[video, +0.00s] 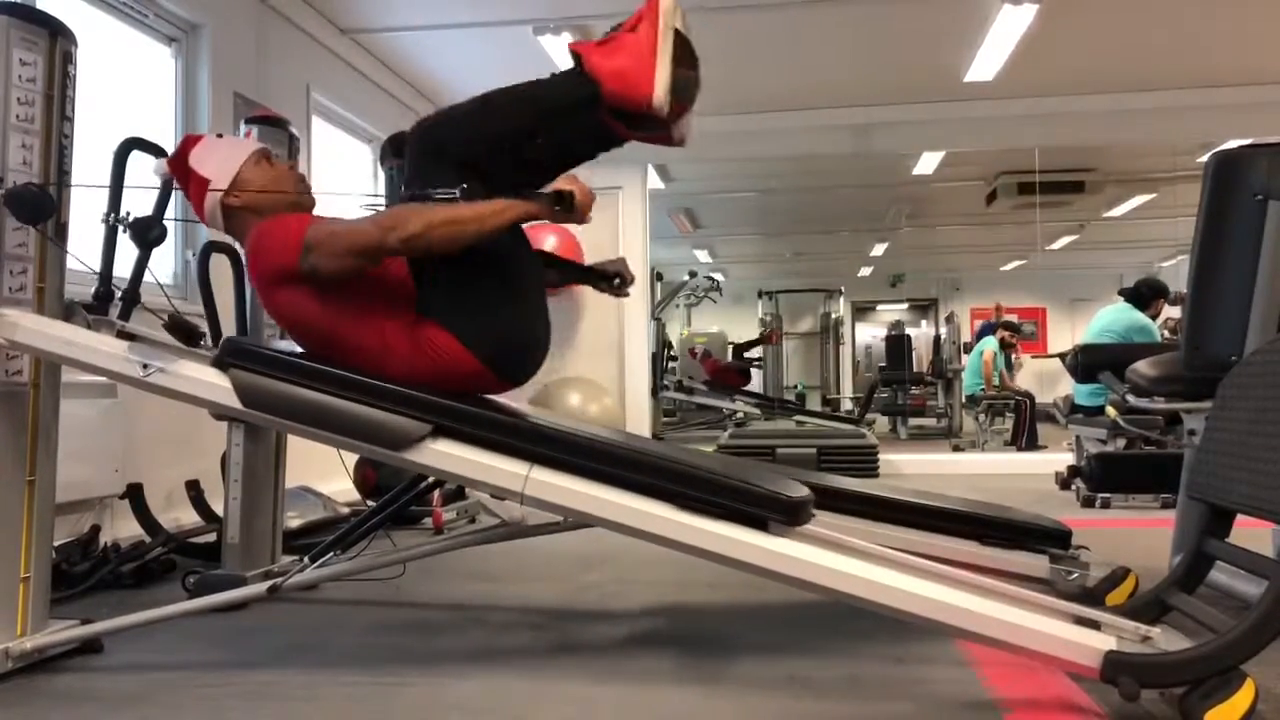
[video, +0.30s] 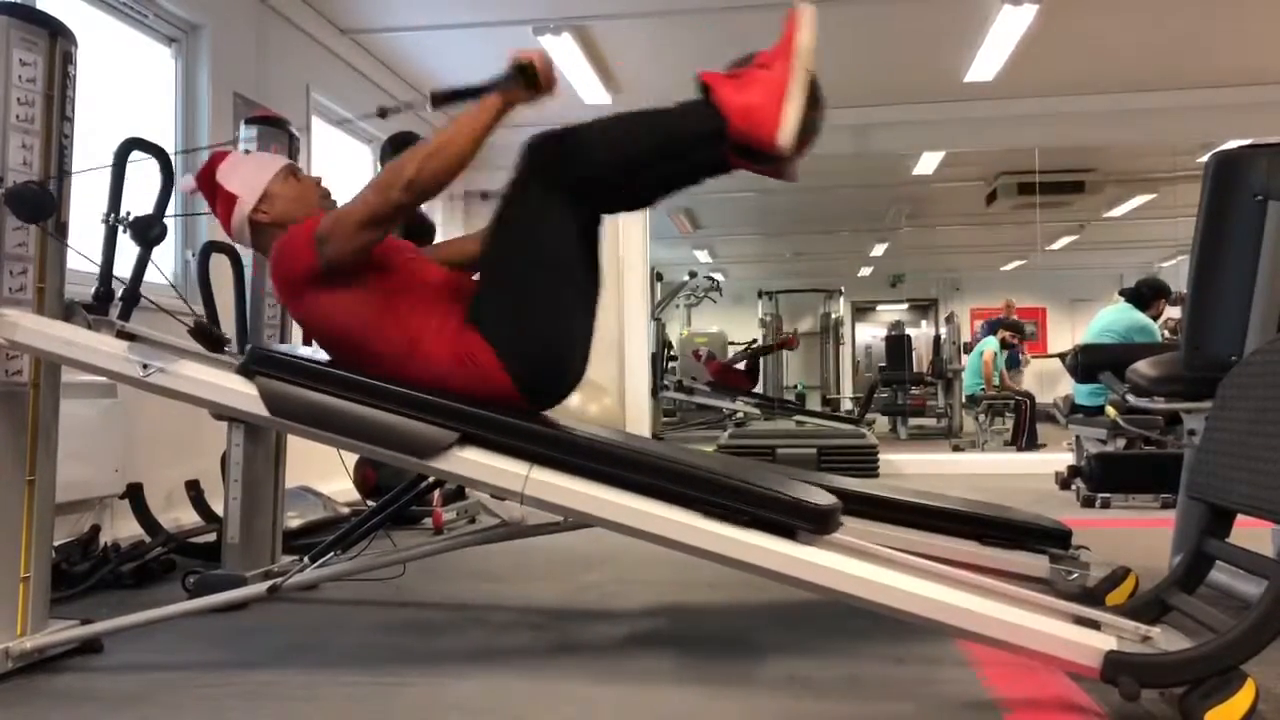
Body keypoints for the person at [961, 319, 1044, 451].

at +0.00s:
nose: (1014, 341)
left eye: (1016, 338)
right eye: (1011, 336)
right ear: (1001, 332)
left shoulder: (999, 352)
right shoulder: (991, 341)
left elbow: (1005, 383)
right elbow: (986, 360)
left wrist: (1020, 390)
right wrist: (989, 390)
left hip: (985, 391)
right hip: (976, 392)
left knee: (1027, 398)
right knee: (1025, 400)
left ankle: (1028, 443)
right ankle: (1022, 444)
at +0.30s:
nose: (1015, 342)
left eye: (1018, 340)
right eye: (1012, 337)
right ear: (1002, 331)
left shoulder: (1000, 352)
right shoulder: (992, 342)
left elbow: (1005, 382)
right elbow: (987, 360)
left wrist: (1019, 390)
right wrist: (989, 389)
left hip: (985, 392)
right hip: (976, 393)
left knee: (1028, 398)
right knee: (1024, 400)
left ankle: (1028, 442)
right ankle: (1021, 444)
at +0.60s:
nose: (1016, 343)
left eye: (1018, 340)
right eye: (1015, 338)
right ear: (1004, 332)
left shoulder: (998, 350)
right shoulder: (991, 342)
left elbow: (1005, 381)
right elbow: (987, 360)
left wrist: (1018, 389)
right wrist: (989, 389)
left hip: (985, 391)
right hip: (977, 393)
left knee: (1028, 398)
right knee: (1025, 400)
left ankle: (1026, 440)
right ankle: (1024, 442)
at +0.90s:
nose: (1017, 344)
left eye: (1019, 342)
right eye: (1015, 339)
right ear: (1005, 333)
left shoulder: (998, 350)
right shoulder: (991, 342)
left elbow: (1003, 380)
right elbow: (987, 361)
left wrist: (1017, 389)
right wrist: (989, 389)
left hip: (985, 392)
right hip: (977, 393)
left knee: (1027, 400)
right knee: (1026, 401)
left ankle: (1018, 441)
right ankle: (1025, 443)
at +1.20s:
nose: (1016, 343)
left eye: (1018, 340)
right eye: (1015, 338)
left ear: (1004, 334)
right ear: (1004, 332)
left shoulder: (997, 351)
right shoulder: (991, 341)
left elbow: (1004, 382)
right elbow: (987, 360)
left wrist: (1021, 390)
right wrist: (989, 389)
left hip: (984, 392)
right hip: (976, 393)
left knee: (1027, 399)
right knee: (1026, 400)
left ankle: (1019, 441)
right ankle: (1026, 443)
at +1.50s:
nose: (1017, 342)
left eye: (1018, 339)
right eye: (1015, 337)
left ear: (1004, 333)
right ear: (1004, 332)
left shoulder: (997, 350)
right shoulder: (991, 341)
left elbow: (1003, 381)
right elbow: (987, 360)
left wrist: (1019, 389)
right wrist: (989, 390)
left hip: (985, 391)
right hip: (976, 393)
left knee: (1029, 398)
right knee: (1025, 401)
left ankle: (1028, 439)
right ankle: (1022, 443)